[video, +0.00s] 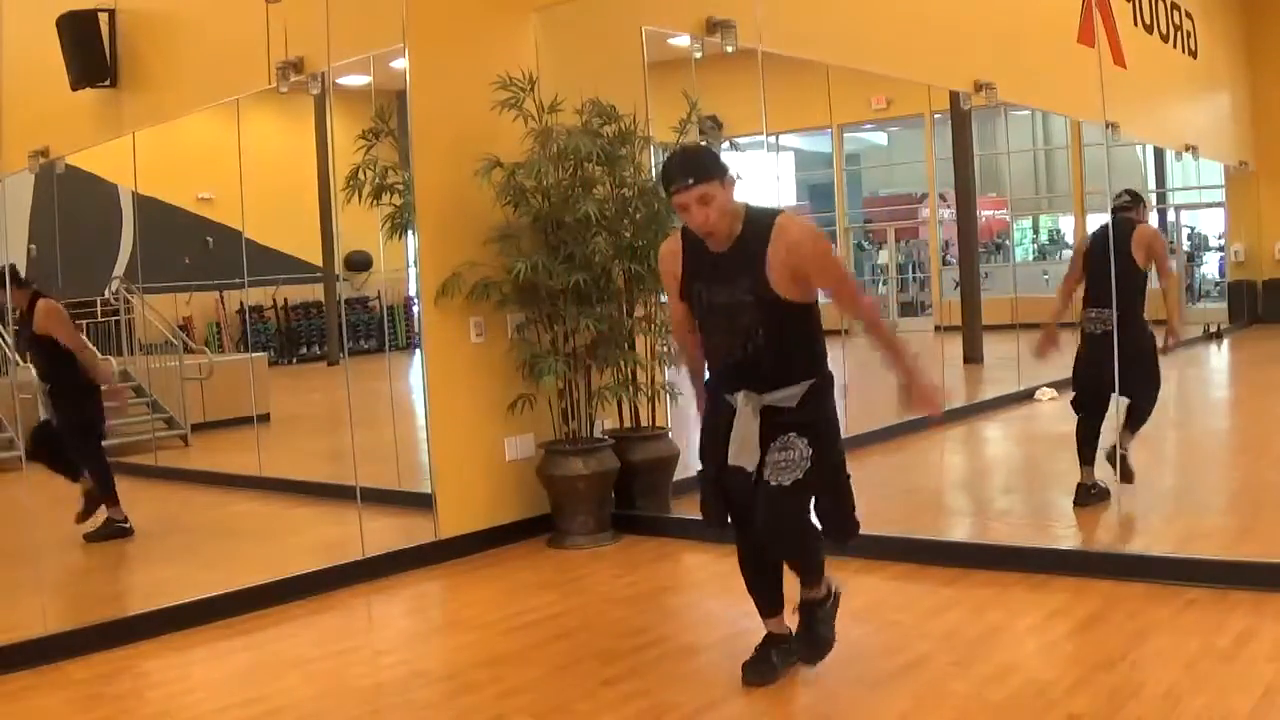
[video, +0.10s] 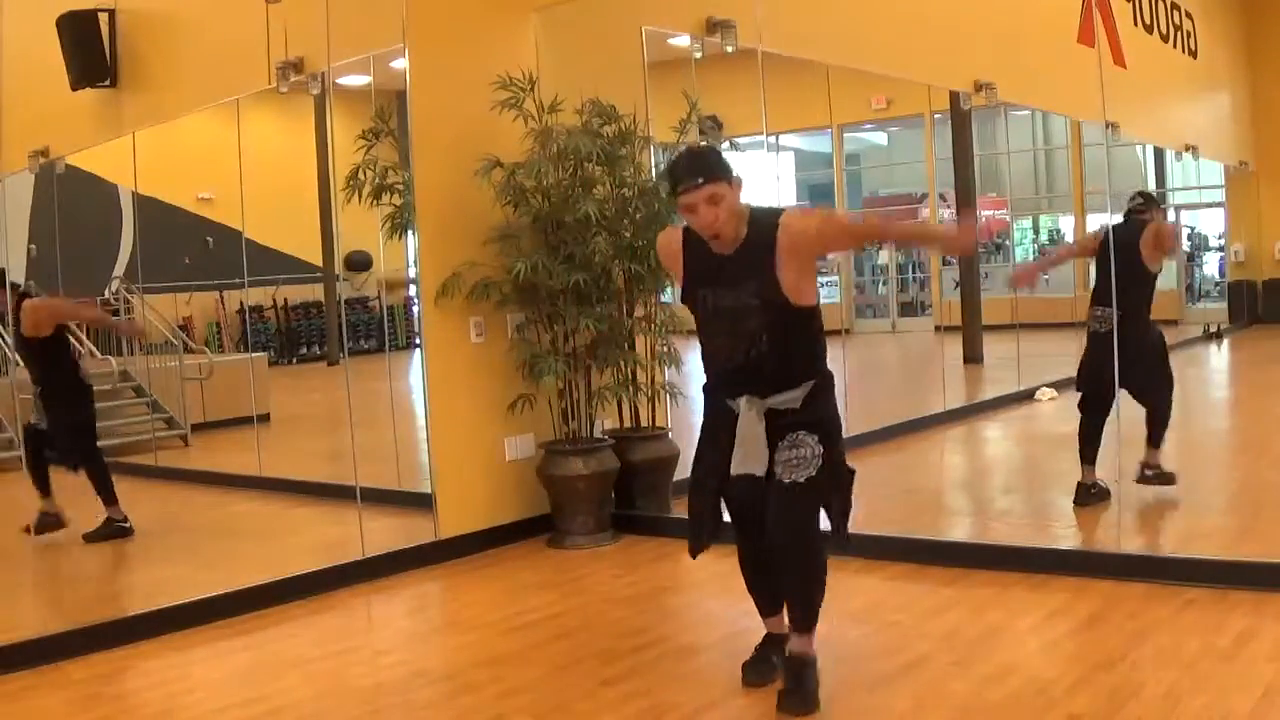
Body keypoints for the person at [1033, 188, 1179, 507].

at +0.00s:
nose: (1146, 218)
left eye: (1145, 214)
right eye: (1146, 213)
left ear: (1114, 211)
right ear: (1140, 211)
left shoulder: (1089, 241)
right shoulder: (1147, 234)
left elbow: (1068, 285)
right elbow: (1167, 279)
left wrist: (1051, 324)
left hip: (1092, 337)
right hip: (1131, 334)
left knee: (1090, 407)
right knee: (1146, 390)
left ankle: (1087, 482)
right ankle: (1122, 444)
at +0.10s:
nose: (1163, 218)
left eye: (1161, 213)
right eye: (1161, 213)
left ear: (1129, 213)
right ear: (1153, 212)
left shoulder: (1105, 235)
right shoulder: (1154, 230)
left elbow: (1067, 251)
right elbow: (1167, 244)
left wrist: (1035, 267)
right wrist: (1171, 239)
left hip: (1099, 336)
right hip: (1136, 336)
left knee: (1094, 405)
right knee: (1160, 394)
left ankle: (1087, 482)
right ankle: (1151, 464)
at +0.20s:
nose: (1176, 224)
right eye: (1173, 217)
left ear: (1144, 212)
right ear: (1168, 216)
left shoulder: (1117, 236)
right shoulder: (1165, 240)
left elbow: (1077, 235)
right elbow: (1177, 214)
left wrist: (1031, 240)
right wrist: (1172, 194)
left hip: (1109, 339)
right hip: (1146, 338)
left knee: (1098, 408)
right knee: (1168, 399)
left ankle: (1088, 480)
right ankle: (1186, 460)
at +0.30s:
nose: (1204, 236)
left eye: (1203, 229)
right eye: (1200, 227)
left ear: (1162, 218)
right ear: (1184, 219)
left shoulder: (1133, 242)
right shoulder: (1182, 247)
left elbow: (1094, 244)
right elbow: (1193, 217)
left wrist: (1049, 251)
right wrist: (1184, 205)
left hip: (1125, 344)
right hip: (1161, 344)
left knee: (1107, 409)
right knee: (1183, 407)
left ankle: (1090, 478)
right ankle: (1200, 468)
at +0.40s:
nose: (1207, 223)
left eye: (1207, 218)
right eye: (1206, 217)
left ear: (1177, 212)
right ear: (1198, 215)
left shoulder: (1145, 243)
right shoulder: (1200, 242)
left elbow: (1108, 273)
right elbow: (1227, 265)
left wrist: (1076, 302)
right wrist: (1240, 297)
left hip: (1136, 341)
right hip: (1174, 340)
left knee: (1127, 405)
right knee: (1195, 402)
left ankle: (1099, 465)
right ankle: (1203, 469)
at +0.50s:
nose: (1216, 217)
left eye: (1216, 212)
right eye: (1215, 211)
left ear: (1187, 208)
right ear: (1207, 210)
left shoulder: (1158, 239)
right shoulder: (1212, 239)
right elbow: (1241, 285)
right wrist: (1261, 331)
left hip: (1150, 335)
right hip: (1183, 335)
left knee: (1158, 399)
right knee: (1205, 396)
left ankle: (1121, 449)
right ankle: (1204, 469)